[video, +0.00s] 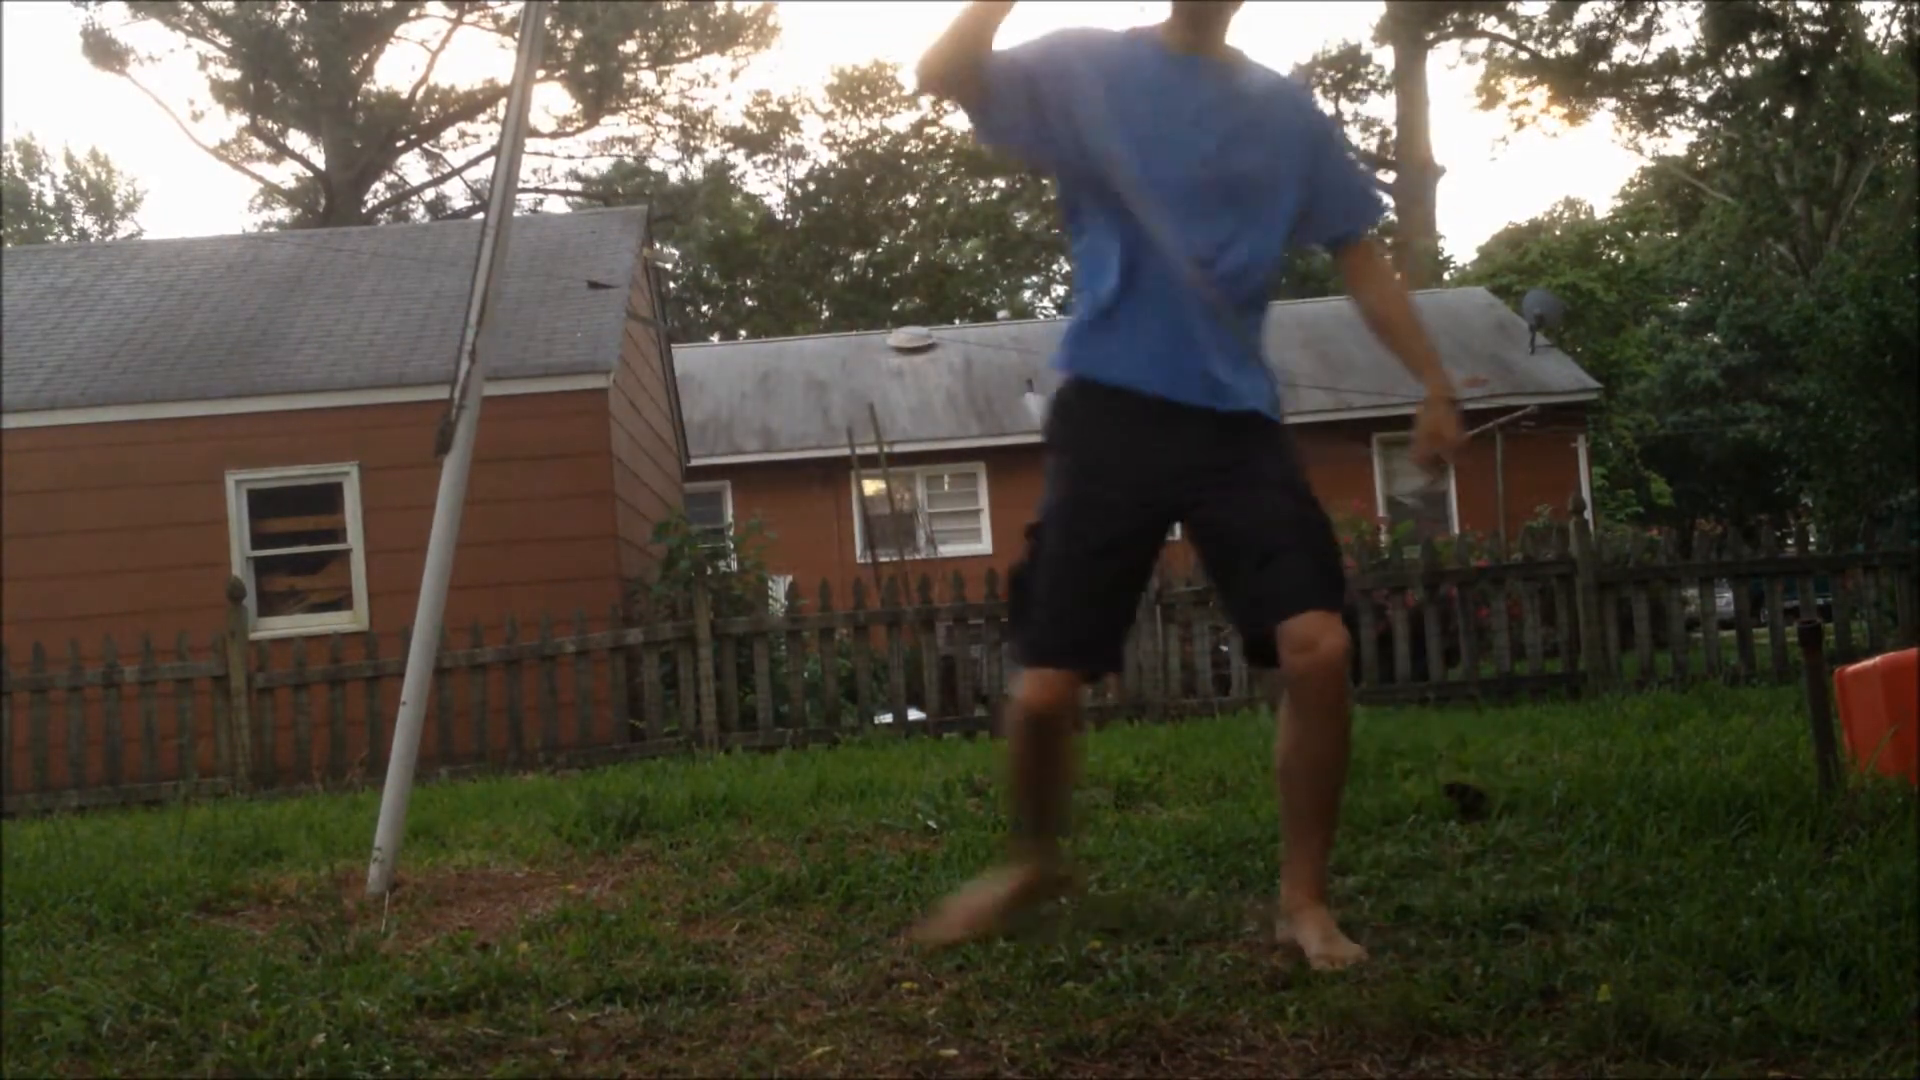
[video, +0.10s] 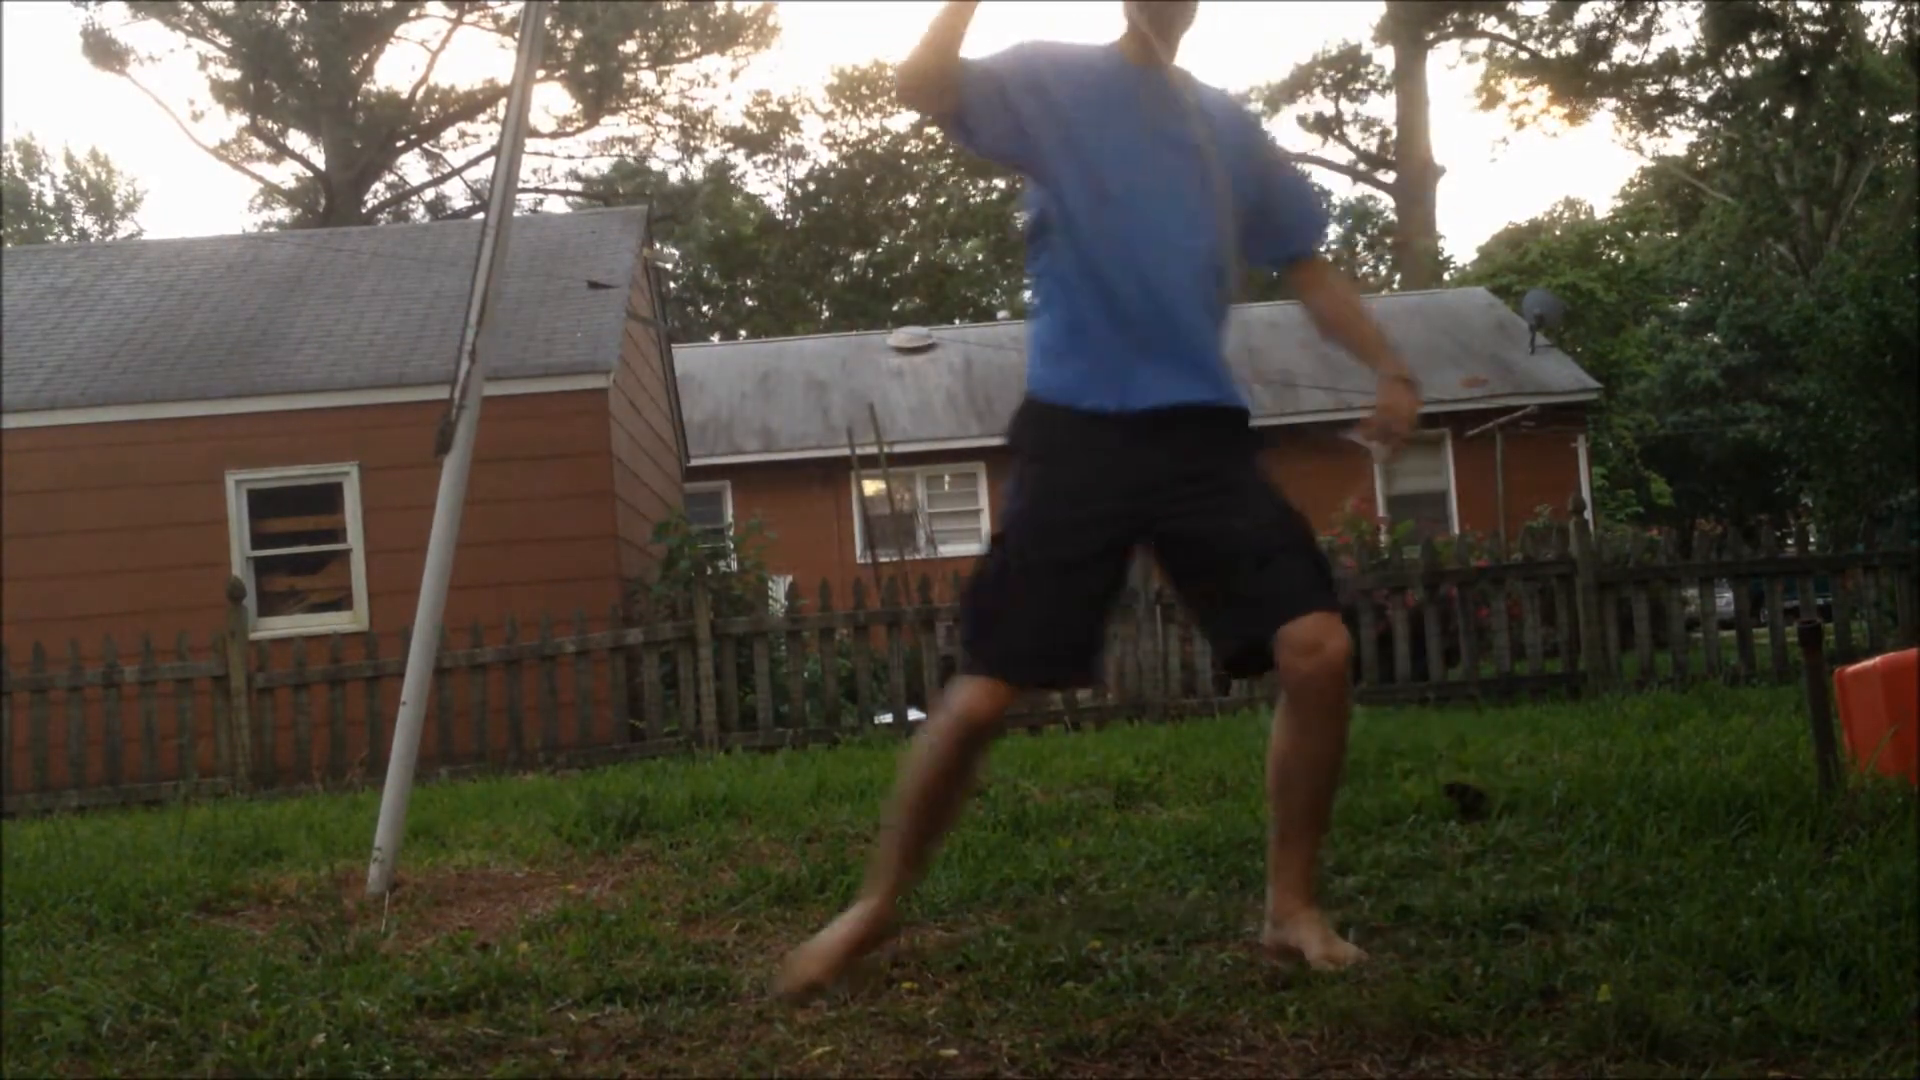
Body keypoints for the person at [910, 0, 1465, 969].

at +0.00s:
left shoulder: (1290, 112)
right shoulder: (1090, 67)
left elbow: (1364, 263)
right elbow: (943, 73)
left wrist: (1437, 386)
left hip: (1235, 416)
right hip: (1108, 408)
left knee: (1317, 651)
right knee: (1039, 692)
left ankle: (1304, 902)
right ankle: (1035, 859)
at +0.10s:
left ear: (1194, 6)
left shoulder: (1229, 126)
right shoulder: (1054, 78)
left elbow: (1309, 264)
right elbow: (921, 83)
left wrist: (1392, 371)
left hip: (1202, 433)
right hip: (1074, 432)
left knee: (1318, 652)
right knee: (984, 696)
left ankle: (1292, 909)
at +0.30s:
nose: (1031, 13)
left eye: (1046, 0)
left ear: (1065, 22)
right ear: (984, 16)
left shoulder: (1113, 161)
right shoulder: (916, 126)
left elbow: (1194, 303)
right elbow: (768, 127)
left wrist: (1270, 393)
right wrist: (835, 23)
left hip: (1087, 457)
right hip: (954, 460)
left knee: (1258, 668)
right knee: (860, 728)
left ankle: (1278, 913)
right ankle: (798, 955)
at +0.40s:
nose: (963, 20)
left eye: (979, 5)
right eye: (945, 4)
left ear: (1004, 26)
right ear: (920, 23)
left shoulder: (1057, 159)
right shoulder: (853, 142)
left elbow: (1152, 301)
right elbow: (695, 179)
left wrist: (1224, 413)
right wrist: (747, 63)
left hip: (1031, 460)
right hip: (897, 463)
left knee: (1200, 674)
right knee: (821, 740)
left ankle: (1269, 913)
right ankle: (800, 959)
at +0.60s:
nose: (866, 17)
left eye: (884, 2)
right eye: (848, 4)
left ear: (914, 18)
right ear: (824, 25)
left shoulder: (986, 136)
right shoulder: (785, 162)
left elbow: (1099, 256)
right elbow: (672, 270)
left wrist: (1203, 382)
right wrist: (638, 150)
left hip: (966, 461)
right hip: (827, 478)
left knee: (1129, 693)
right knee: (793, 747)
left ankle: (1263, 914)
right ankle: (798, 960)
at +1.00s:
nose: (797, 18)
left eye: (809, 1)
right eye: (796, 5)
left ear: (875, 2)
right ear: (858, 14)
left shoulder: (989, 105)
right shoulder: (840, 127)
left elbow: (1106, 238)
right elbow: (810, 281)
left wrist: (1161, 391)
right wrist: (684, 290)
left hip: (987, 439)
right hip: (869, 457)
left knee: (1097, 681)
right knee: (822, 701)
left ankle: (1264, 848)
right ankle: (806, 949)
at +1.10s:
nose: (852, 14)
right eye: (851, 4)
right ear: (896, 7)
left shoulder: (1023, 72)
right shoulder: (900, 122)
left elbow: (1141, 204)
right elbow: (901, 268)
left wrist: (1164, 375)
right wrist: (788, 260)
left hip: (1044, 419)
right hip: (932, 434)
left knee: (1103, 680)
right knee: (863, 681)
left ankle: (1297, 862)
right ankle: (801, 942)